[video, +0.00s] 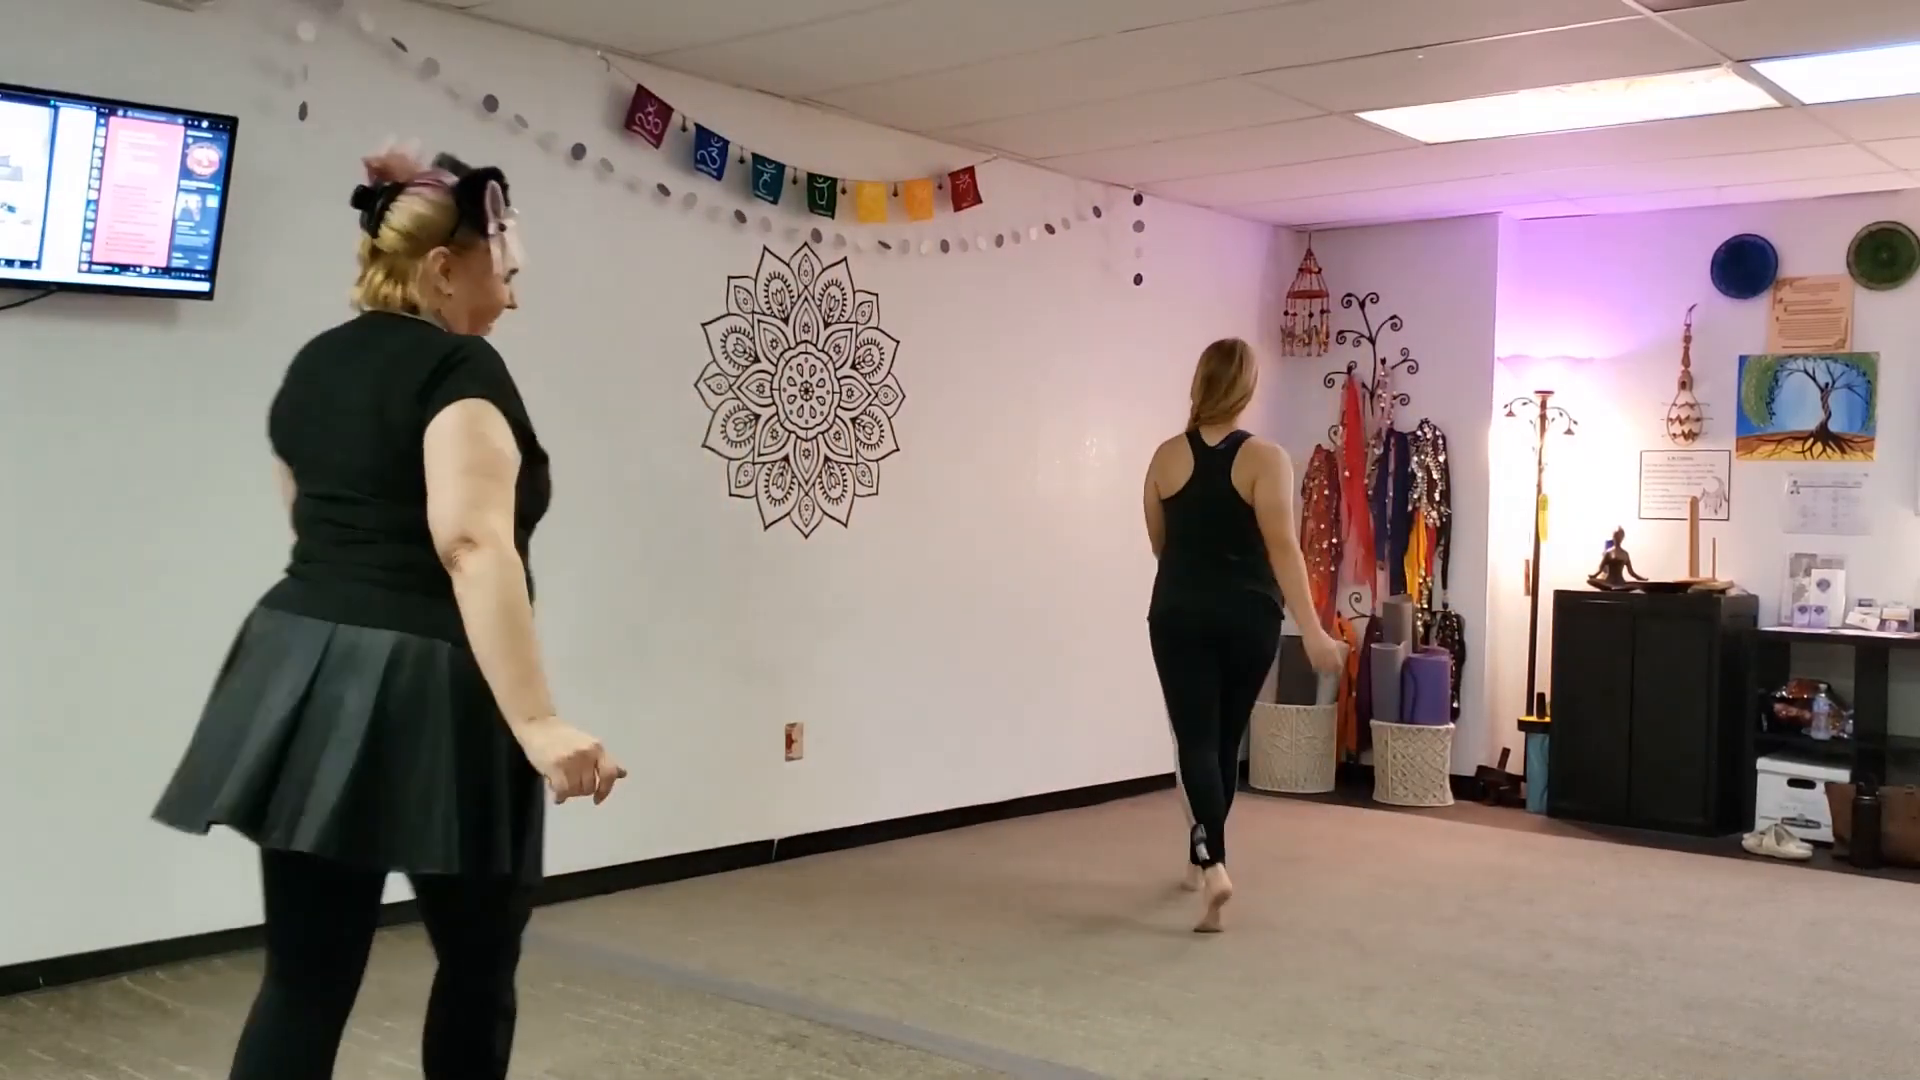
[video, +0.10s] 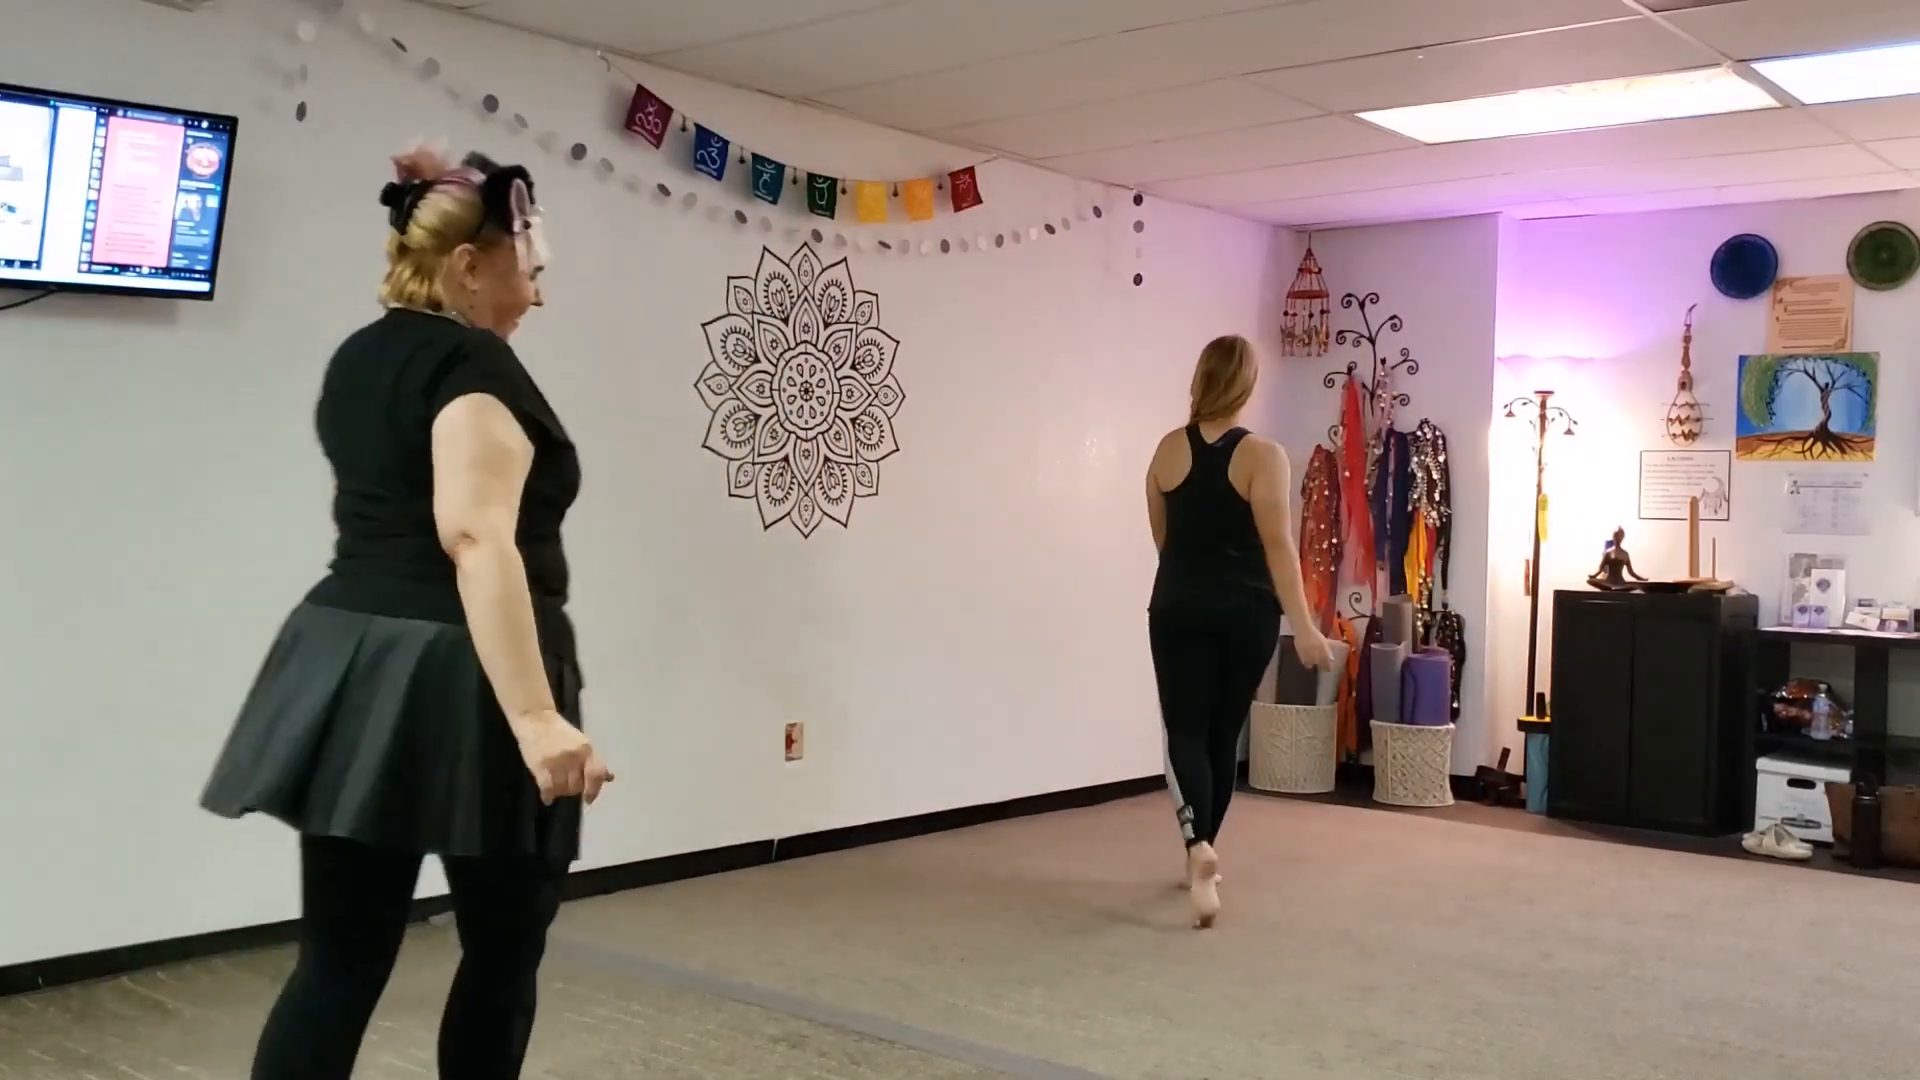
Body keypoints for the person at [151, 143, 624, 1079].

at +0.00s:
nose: (510, 291)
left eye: (511, 270)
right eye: (502, 269)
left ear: (413, 265)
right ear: (441, 268)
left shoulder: (317, 362)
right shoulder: (460, 367)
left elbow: (308, 519)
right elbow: (473, 543)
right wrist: (539, 722)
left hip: (307, 678)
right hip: (440, 694)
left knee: (305, 977)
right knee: (478, 967)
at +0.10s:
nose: (536, 283)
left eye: (536, 261)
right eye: (528, 260)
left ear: (439, 260)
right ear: (468, 263)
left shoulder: (358, 358)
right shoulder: (477, 370)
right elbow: (480, 539)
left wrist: (438, 205)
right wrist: (541, 720)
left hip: (350, 670)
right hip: (476, 688)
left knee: (341, 957)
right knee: (503, 955)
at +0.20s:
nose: (562, 289)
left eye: (561, 267)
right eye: (552, 266)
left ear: (473, 263)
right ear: (494, 266)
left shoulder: (396, 356)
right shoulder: (496, 374)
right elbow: (488, 540)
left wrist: (468, 199)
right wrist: (535, 716)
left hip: (396, 662)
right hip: (508, 675)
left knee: (375, 938)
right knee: (516, 953)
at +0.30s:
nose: (588, 297)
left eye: (590, 277)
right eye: (580, 275)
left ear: (503, 266)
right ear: (521, 271)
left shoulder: (432, 357)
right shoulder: (517, 379)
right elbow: (506, 546)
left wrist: (500, 200)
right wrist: (541, 717)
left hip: (437, 657)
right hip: (542, 671)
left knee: (422, 923)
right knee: (532, 944)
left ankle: (321, 1071)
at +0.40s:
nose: (615, 308)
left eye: (616, 289)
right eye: (607, 287)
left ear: (530, 280)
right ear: (547, 284)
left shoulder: (461, 362)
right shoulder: (527, 384)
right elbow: (520, 551)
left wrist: (530, 221)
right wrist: (586, 707)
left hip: (469, 648)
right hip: (546, 661)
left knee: (515, 880)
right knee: (559, 918)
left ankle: (366, 992)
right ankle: (497, 1077)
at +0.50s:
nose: (648, 318)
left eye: (650, 299)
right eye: (636, 296)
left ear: (566, 292)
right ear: (569, 290)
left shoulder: (507, 369)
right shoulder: (534, 384)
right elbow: (528, 550)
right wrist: (650, 675)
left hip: (504, 645)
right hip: (545, 661)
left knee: (615, 854)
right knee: (584, 889)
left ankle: (432, 921)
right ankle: (504, 1068)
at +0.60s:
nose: (671, 310)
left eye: (673, 291)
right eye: (655, 287)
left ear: (584, 286)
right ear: (584, 283)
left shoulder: (533, 364)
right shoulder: (555, 370)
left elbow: (482, 539)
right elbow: (540, 533)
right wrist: (686, 627)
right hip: (567, 659)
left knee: (696, 840)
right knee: (576, 914)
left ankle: (501, 953)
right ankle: (507, 1073)